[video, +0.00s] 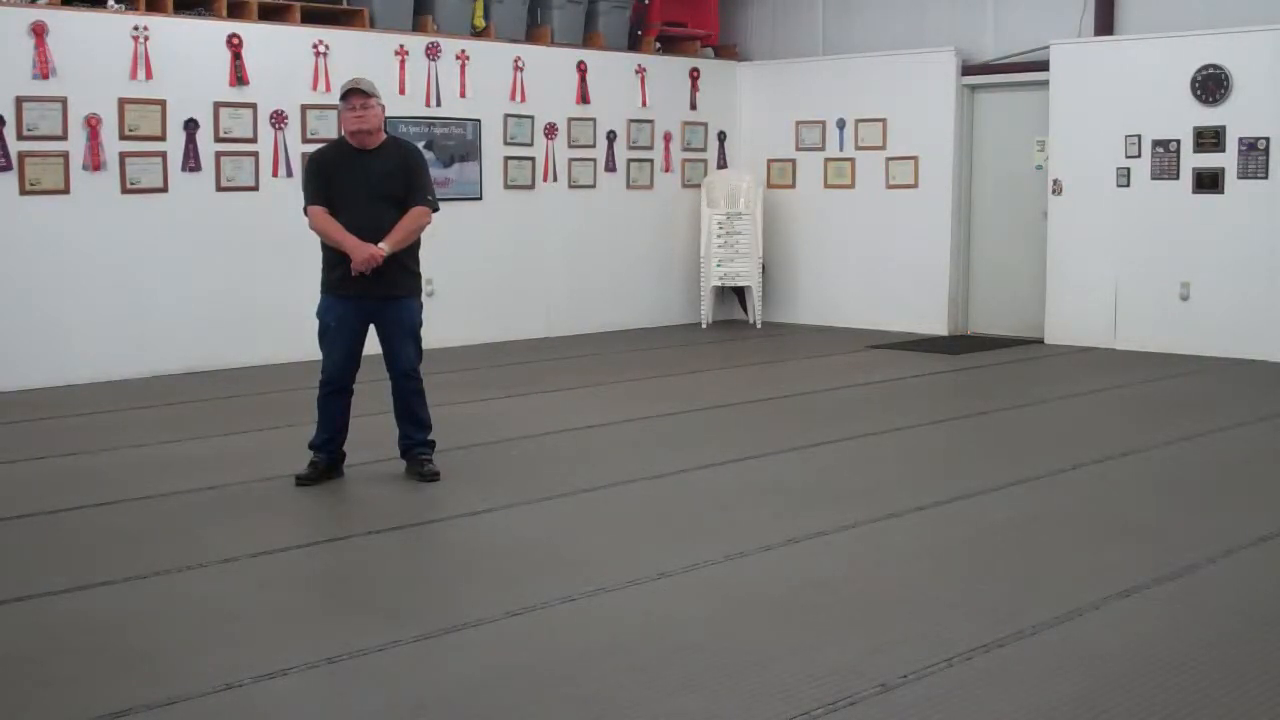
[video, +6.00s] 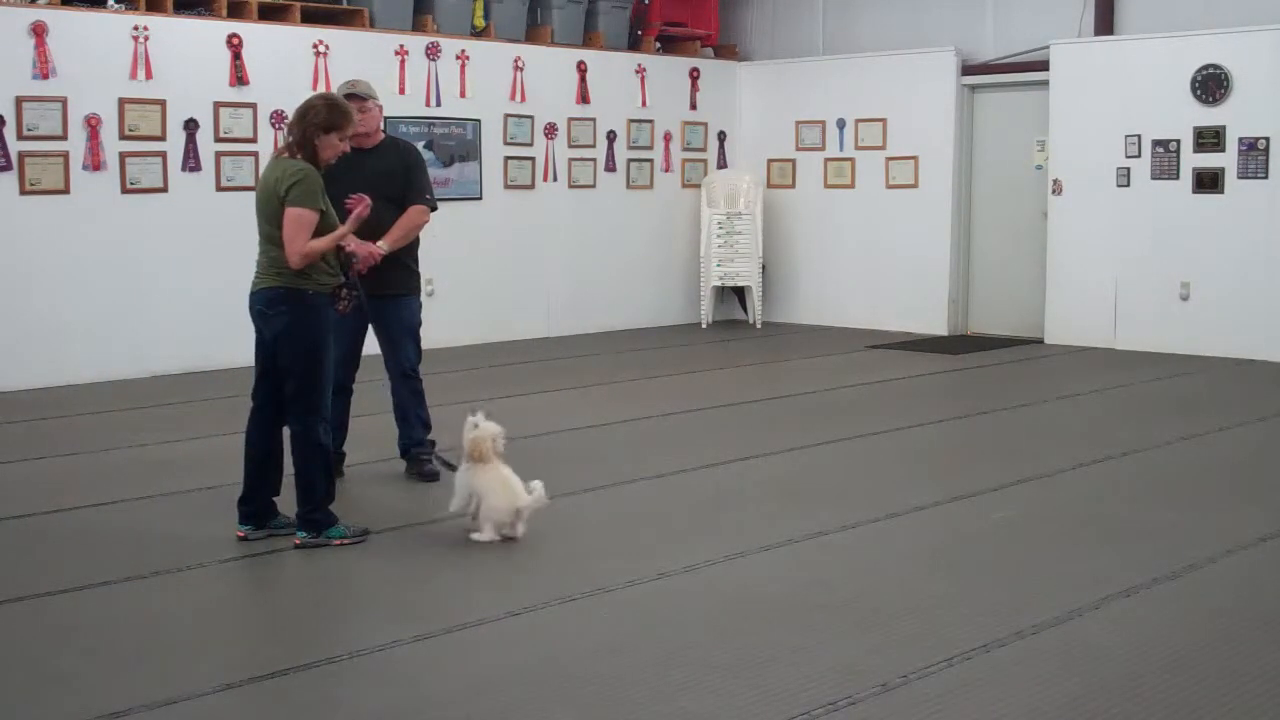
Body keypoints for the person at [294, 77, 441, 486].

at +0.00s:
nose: (358, 114)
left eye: (365, 107)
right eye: (350, 108)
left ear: (381, 111)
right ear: (340, 117)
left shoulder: (407, 155)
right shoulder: (321, 161)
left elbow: (422, 213)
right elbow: (316, 215)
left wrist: (379, 250)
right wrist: (355, 247)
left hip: (398, 287)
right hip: (342, 288)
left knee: (407, 373)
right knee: (335, 376)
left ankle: (419, 452)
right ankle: (327, 456)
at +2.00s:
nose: (358, 113)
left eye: (365, 106)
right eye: (350, 108)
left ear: (381, 112)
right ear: (340, 117)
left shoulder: (407, 155)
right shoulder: (321, 161)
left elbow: (421, 213)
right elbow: (316, 215)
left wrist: (378, 250)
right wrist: (355, 246)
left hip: (398, 288)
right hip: (342, 289)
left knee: (406, 373)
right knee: (335, 375)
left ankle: (419, 452)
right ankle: (327, 455)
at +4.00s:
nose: (357, 117)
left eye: (364, 109)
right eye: (349, 111)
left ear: (380, 113)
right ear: (338, 118)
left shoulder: (406, 155)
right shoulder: (322, 161)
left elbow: (421, 213)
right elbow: (316, 216)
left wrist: (378, 250)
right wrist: (354, 247)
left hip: (397, 288)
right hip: (342, 289)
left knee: (406, 372)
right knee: (334, 374)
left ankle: (419, 450)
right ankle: (326, 454)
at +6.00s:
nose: (360, 116)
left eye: (366, 109)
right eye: (352, 111)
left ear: (380, 111)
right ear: (341, 116)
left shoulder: (405, 154)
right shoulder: (328, 159)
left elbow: (420, 211)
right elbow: (314, 218)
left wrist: (376, 250)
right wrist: (348, 243)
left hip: (396, 285)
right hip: (341, 286)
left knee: (406, 371)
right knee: (336, 378)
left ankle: (418, 450)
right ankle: (329, 456)